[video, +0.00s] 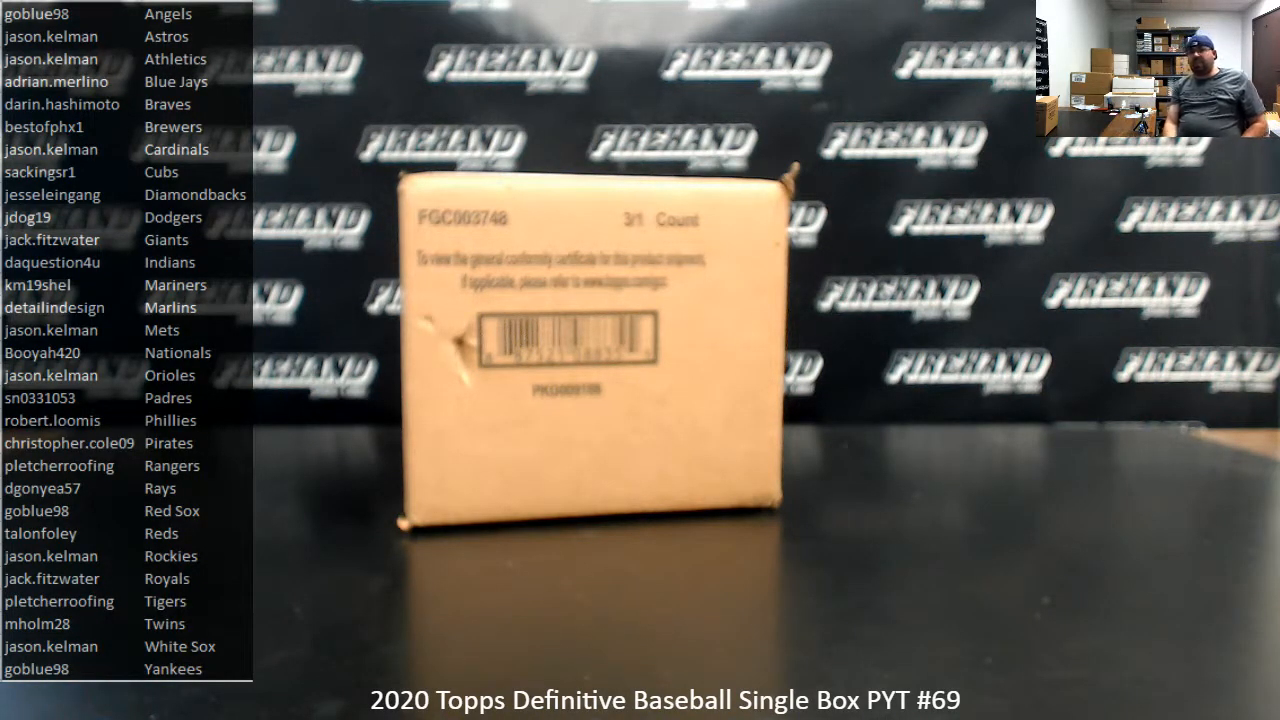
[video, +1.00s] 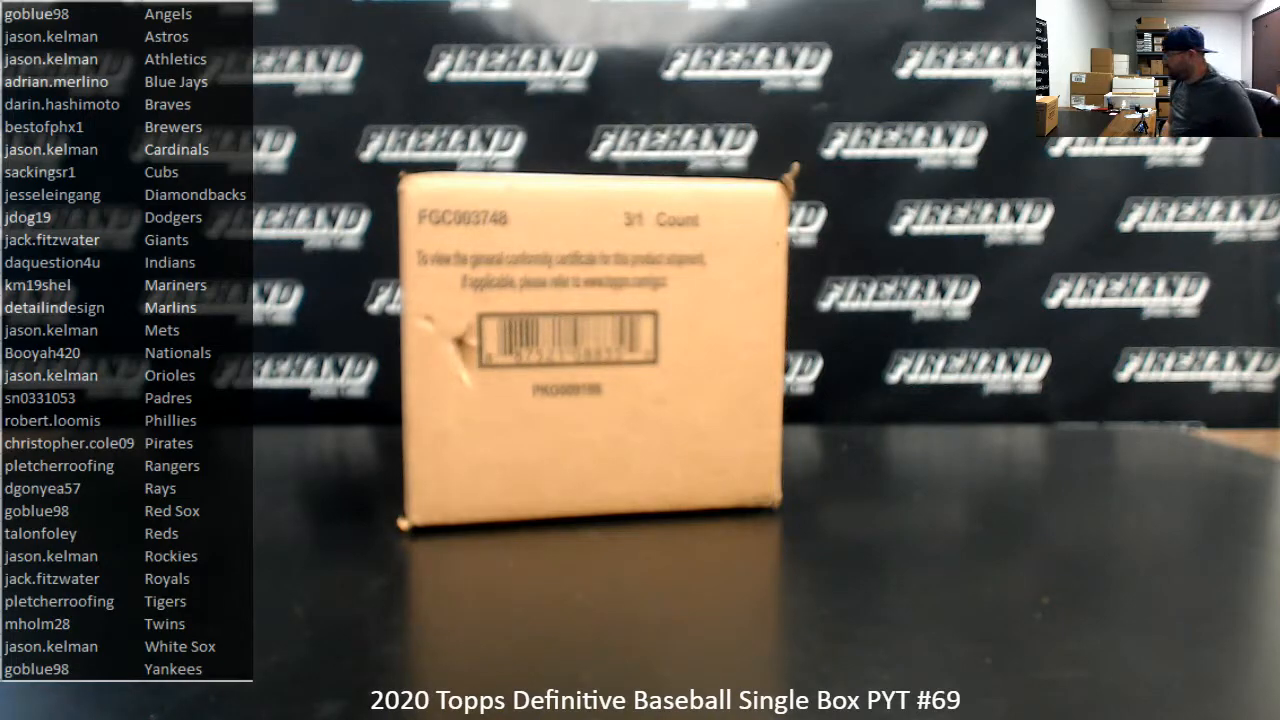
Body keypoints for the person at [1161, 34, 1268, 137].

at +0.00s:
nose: (1196, 55)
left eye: (1201, 50)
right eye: (1191, 52)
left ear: (1214, 54)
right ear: (1187, 57)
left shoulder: (1238, 80)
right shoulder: (1181, 86)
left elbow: (1260, 123)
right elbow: (1171, 122)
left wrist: (1237, 150)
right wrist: (1168, 150)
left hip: (1226, 154)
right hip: (1186, 154)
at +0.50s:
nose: (1197, 57)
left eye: (1203, 51)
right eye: (1194, 52)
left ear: (1221, 52)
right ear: (1191, 54)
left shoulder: (1248, 82)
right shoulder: (1190, 83)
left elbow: (1267, 134)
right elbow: (1176, 120)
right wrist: (1167, 149)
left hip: (1229, 162)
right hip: (1187, 160)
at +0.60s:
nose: (1190, 58)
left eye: (1196, 51)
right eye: (1190, 52)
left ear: (1217, 51)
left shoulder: (1247, 83)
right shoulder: (1191, 82)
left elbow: (1266, 136)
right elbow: (1176, 120)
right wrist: (1164, 149)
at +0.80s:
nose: (1174, 61)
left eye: (1180, 54)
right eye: (1175, 55)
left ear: (1203, 53)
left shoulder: (1237, 89)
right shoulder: (1185, 85)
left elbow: (1262, 141)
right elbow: (1173, 122)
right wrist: (1163, 152)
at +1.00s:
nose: (1165, 62)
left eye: (1169, 56)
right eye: (1165, 56)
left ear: (1191, 55)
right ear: (1191, 55)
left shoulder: (1227, 90)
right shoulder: (1179, 86)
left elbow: (1253, 143)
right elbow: (1170, 125)